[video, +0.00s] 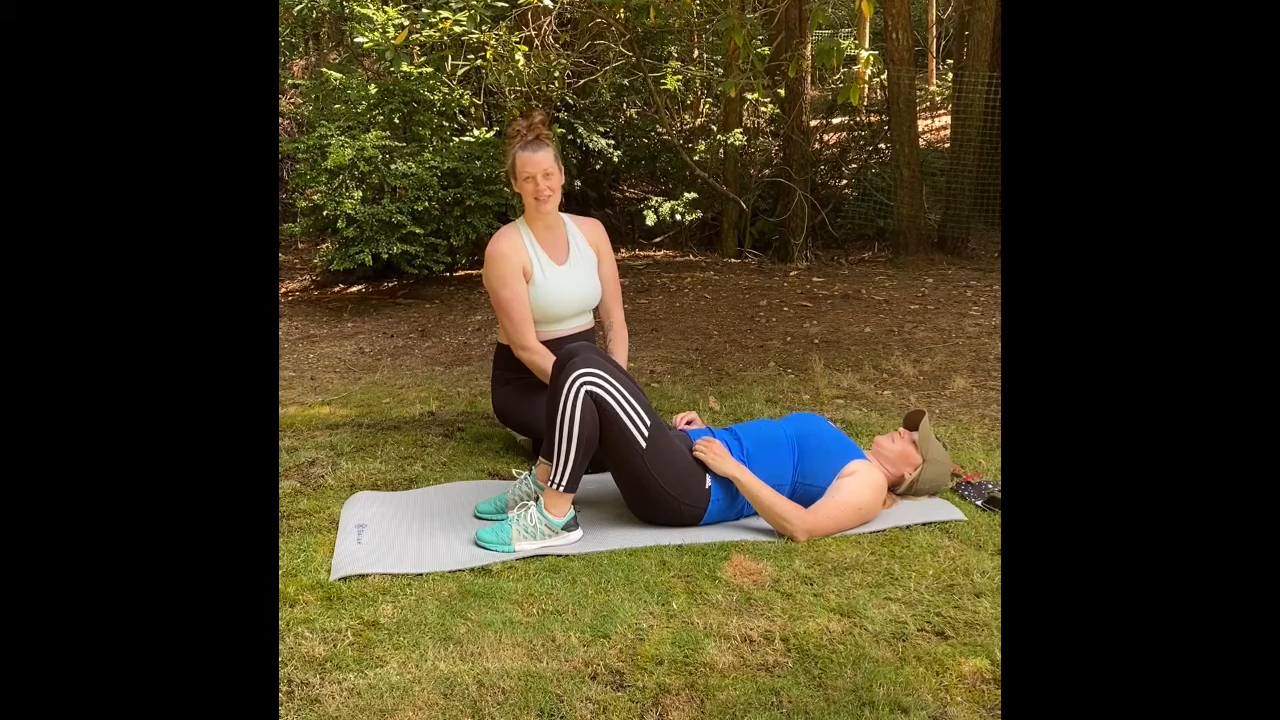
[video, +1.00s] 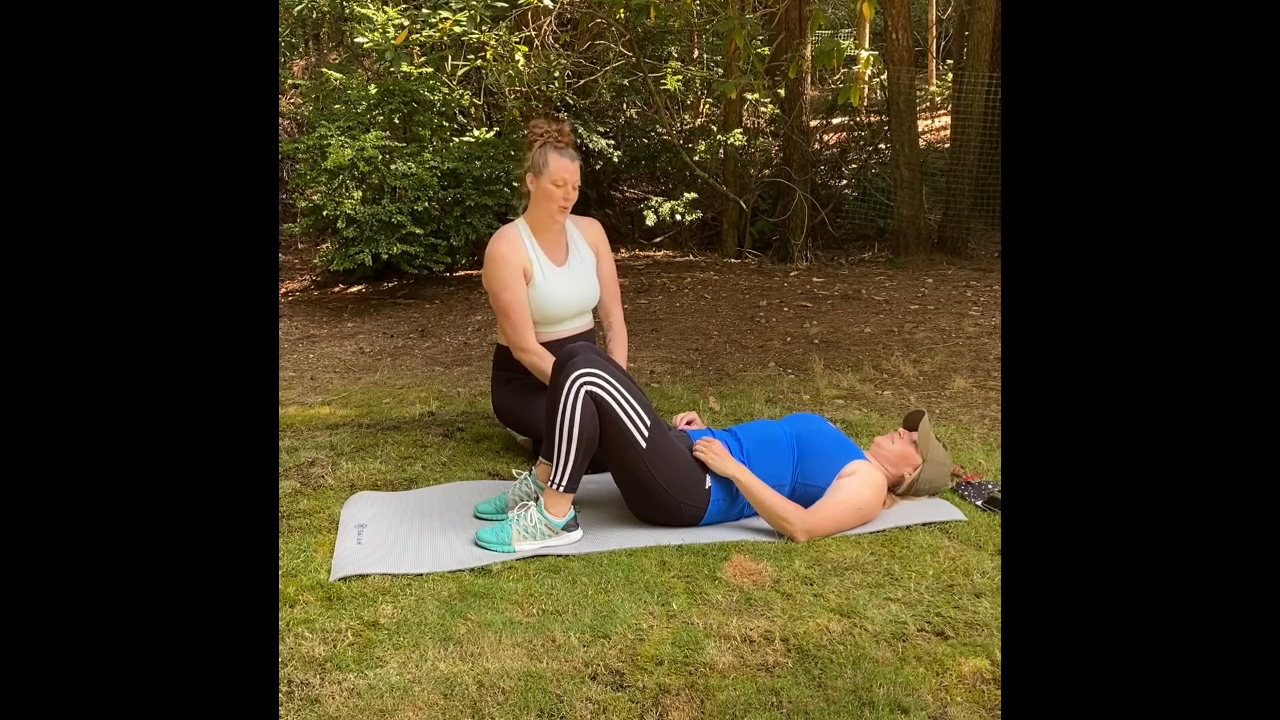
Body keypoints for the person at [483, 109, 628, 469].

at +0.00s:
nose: (541, 187)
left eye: (548, 174)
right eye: (529, 179)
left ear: (562, 175)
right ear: (515, 185)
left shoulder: (591, 232)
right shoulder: (505, 248)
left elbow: (614, 321)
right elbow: (524, 346)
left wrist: (614, 384)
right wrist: (585, 396)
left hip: (584, 366)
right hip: (523, 382)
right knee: (601, 445)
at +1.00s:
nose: (570, 196)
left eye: (575, 185)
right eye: (559, 184)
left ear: (580, 184)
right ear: (530, 182)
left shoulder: (590, 232)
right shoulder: (506, 247)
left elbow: (613, 321)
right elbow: (524, 348)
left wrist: (614, 385)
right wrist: (588, 396)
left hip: (584, 366)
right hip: (523, 378)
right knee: (602, 446)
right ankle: (538, 442)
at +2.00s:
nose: (562, 191)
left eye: (570, 181)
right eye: (551, 179)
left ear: (579, 183)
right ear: (530, 179)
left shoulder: (592, 233)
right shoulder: (508, 247)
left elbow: (614, 322)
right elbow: (524, 347)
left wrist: (613, 385)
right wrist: (588, 396)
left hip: (584, 367)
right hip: (524, 379)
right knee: (602, 446)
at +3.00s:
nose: (564, 196)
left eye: (573, 186)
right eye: (554, 185)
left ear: (581, 183)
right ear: (533, 181)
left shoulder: (595, 234)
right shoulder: (512, 246)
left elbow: (615, 321)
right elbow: (502, 346)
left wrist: (614, 380)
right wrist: (569, 384)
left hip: (585, 373)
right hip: (525, 384)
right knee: (610, 447)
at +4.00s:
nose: (550, 191)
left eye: (558, 180)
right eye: (539, 182)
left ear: (568, 177)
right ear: (522, 181)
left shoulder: (591, 233)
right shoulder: (509, 242)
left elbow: (614, 320)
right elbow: (498, 322)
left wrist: (616, 361)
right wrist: (492, 344)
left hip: (588, 365)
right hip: (525, 373)